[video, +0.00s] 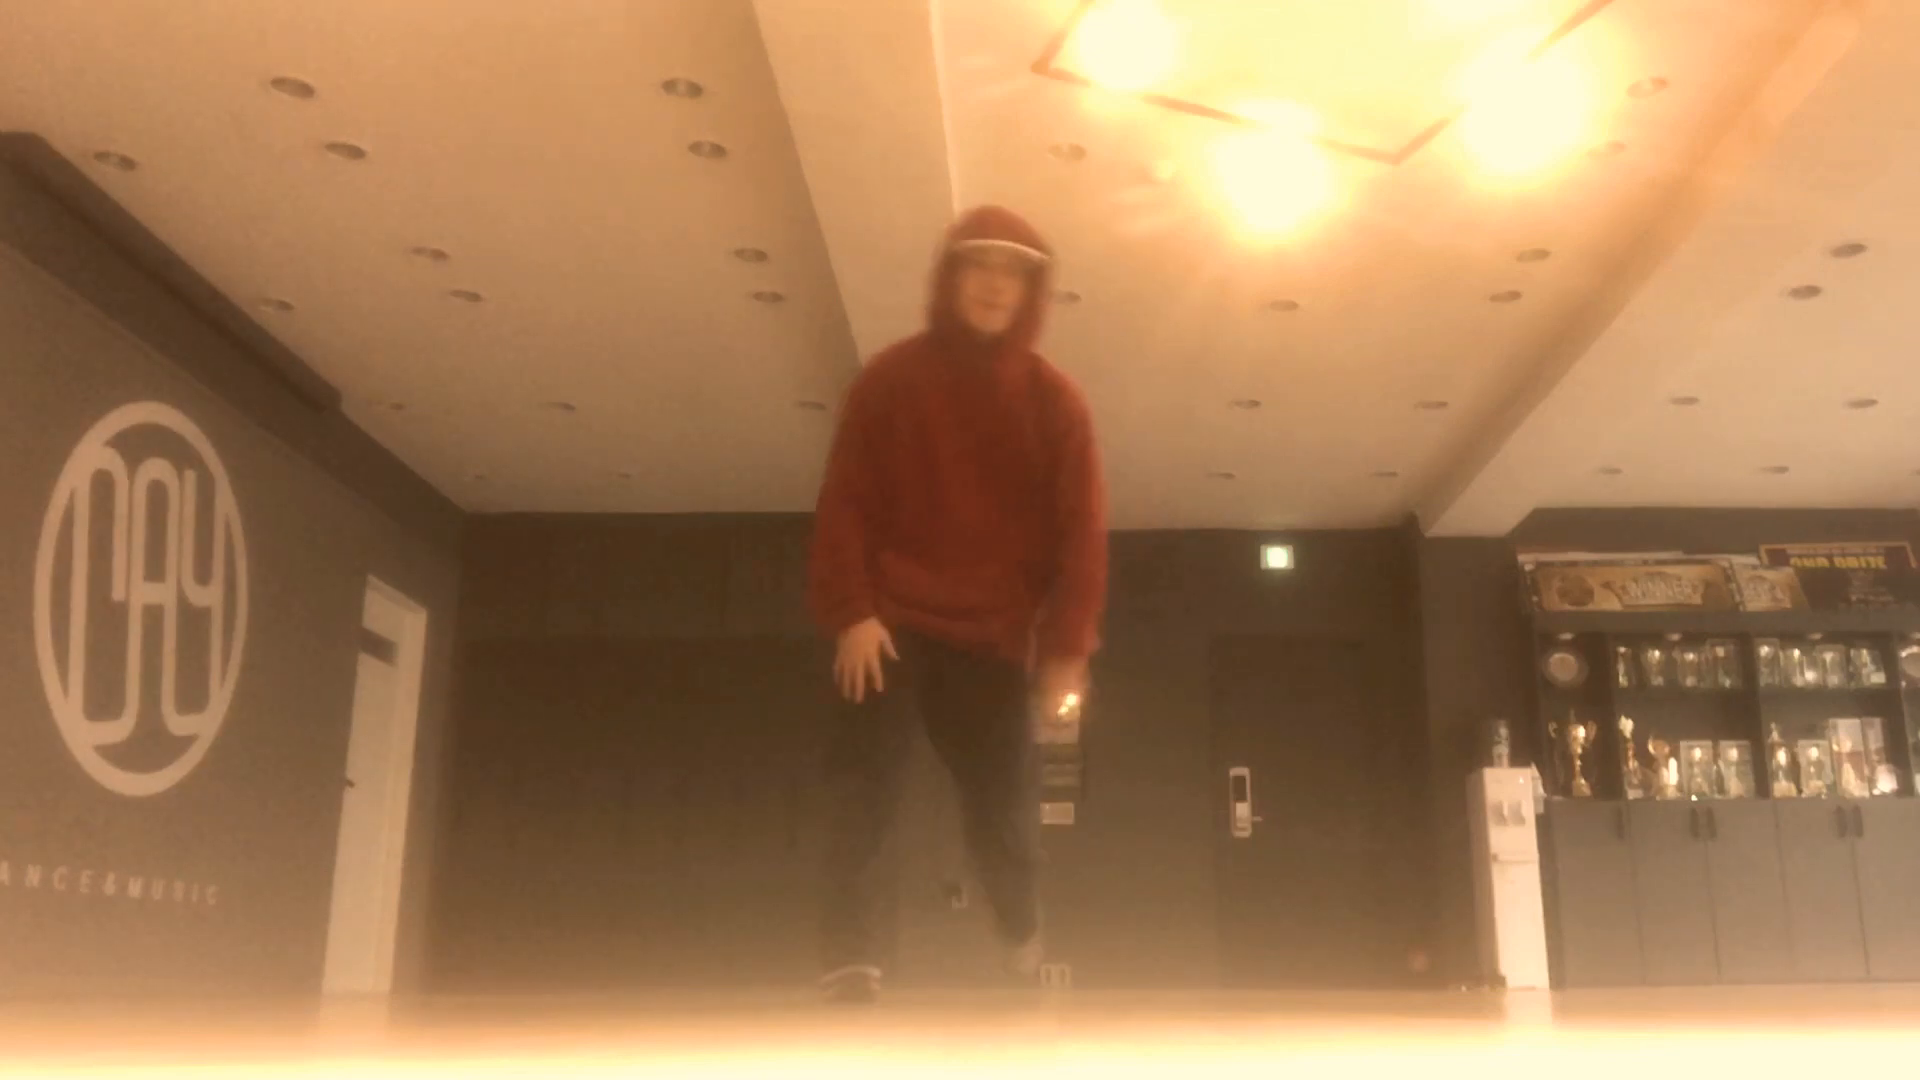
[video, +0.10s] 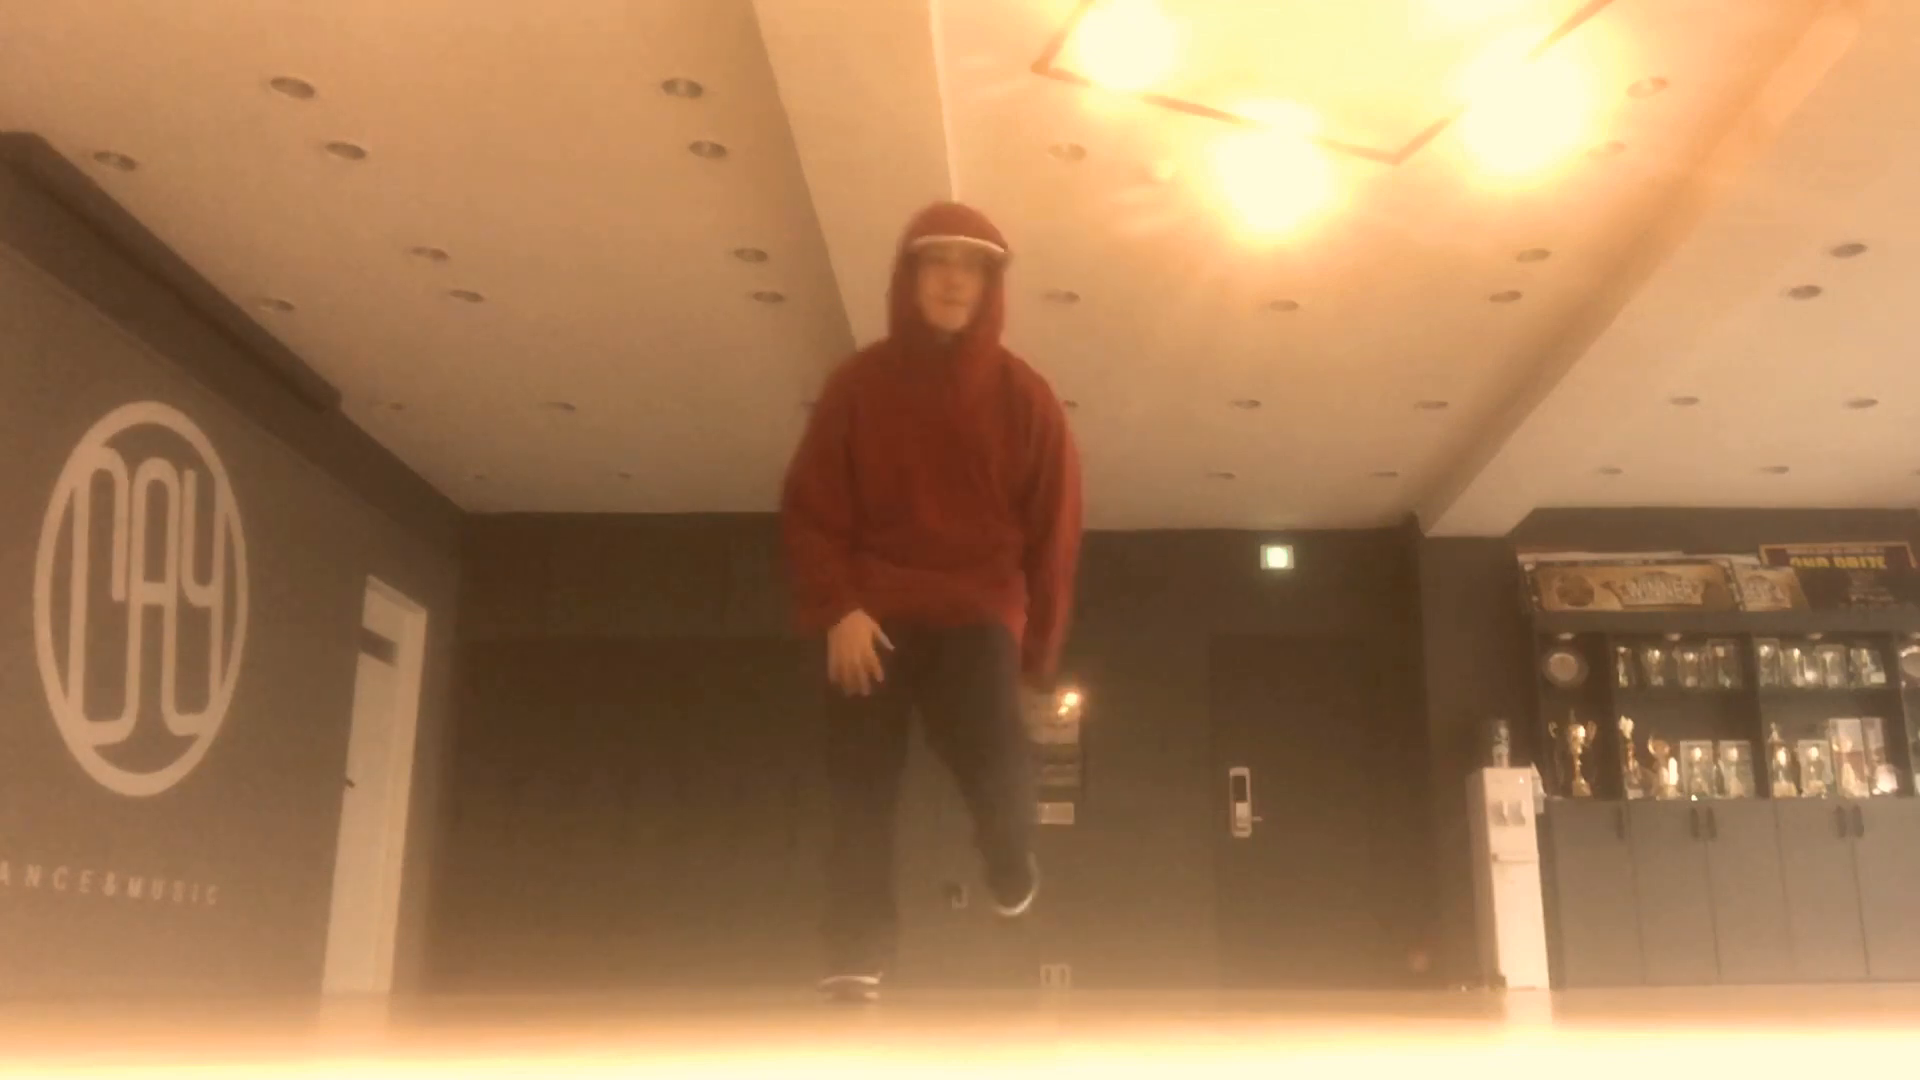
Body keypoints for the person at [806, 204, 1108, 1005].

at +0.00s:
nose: (992, 287)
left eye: (1011, 274)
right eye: (977, 267)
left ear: (1032, 291)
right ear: (947, 278)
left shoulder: (1053, 398)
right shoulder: (891, 379)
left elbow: (1083, 534)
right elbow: (842, 503)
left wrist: (1068, 655)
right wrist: (851, 613)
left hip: (993, 640)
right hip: (889, 629)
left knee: (1006, 813)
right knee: (862, 800)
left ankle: (1024, 952)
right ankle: (855, 964)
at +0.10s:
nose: (952, 282)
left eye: (970, 268)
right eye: (935, 264)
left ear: (991, 286)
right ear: (907, 278)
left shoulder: (1023, 396)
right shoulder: (858, 384)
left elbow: (1055, 532)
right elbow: (810, 507)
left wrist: (1040, 655)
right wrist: (839, 609)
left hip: (978, 614)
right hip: (871, 608)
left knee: (993, 756)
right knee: (860, 786)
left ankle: (1007, 866)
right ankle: (858, 956)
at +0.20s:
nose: (944, 251)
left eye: (964, 237)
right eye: (927, 232)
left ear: (986, 257)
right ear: (898, 246)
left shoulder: (1018, 375)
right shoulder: (843, 358)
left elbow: (1042, 510)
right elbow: (790, 487)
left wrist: (1003, 594)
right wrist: (855, 570)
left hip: (970, 580)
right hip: (861, 576)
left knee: (982, 661)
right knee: (858, 756)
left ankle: (969, 893)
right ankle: (865, 945)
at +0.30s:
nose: (946, 237)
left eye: (967, 224)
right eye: (929, 217)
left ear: (988, 247)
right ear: (898, 230)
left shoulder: (1007, 368)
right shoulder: (842, 328)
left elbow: (1044, 496)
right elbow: (803, 457)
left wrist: (1020, 605)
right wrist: (902, 519)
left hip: (967, 592)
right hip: (849, 587)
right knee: (860, 751)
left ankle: (921, 917)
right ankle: (864, 938)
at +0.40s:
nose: (934, 255)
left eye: (956, 242)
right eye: (917, 236)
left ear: (979, 269)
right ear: (886, 252)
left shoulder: (991, 402)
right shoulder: (853, 338)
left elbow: (1044, 520)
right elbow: (893, 447)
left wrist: (1115, 613)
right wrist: (1013, 490)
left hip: (953, 590)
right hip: (835, 599)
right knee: (816, 785)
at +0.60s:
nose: (917, 231)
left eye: (938, 214)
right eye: (899, 211)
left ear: (962, 232)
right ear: (870, 221)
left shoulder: (986, 345)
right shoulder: (821, 323)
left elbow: (1044, 460)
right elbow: (785, 456)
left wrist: (1077, 544)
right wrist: (897, 514)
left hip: (928, 593)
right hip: (814, 589)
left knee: (907, 734)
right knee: (813, 755)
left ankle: (893, 932)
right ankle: (830, 942)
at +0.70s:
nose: (882, 273)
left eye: (903, 253)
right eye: (864, 252)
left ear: (935, 264)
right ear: (839, 263)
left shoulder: (975, 365)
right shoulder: (797, 358)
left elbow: (1023, 483)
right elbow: (745, 489)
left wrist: (989, 556)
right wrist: (813, 567)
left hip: (924, 585)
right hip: (818, 589)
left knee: (895, 698)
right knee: (807, 743)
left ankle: (888, 942)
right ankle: (827, 943)